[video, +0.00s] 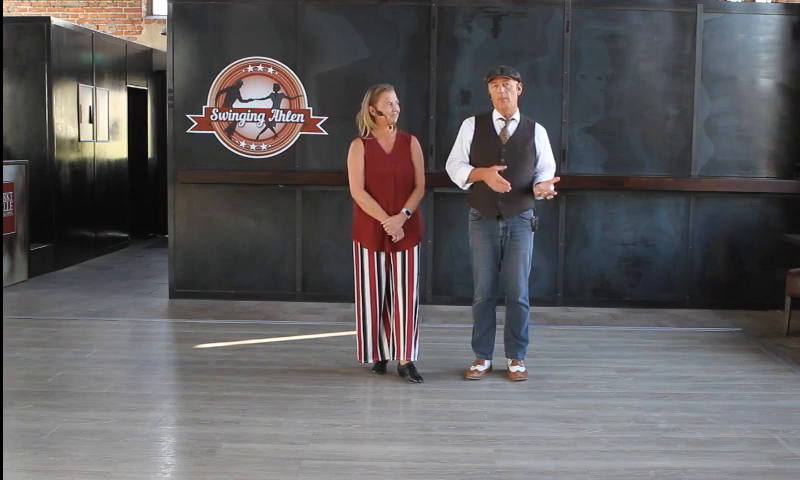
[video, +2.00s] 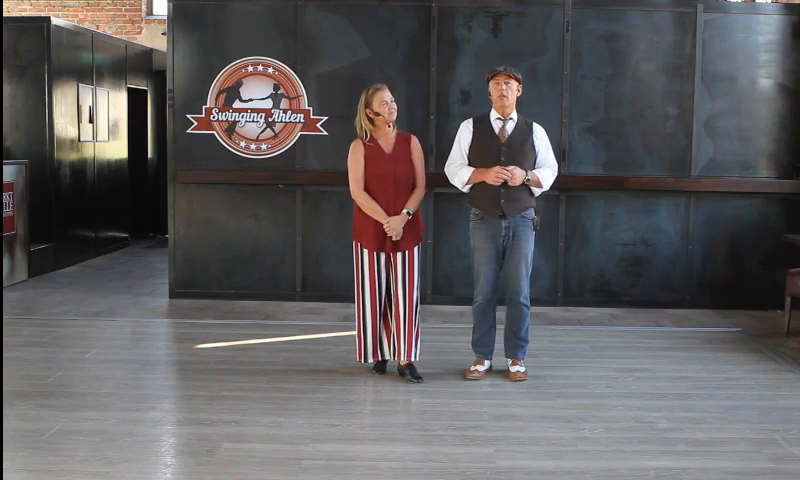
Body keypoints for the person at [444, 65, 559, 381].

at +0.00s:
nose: (501, 92)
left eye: (507, 86)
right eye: (496, 87)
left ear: (518, 90)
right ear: (489, 92)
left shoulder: (536, 131)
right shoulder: (472, 126)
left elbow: (545, 171)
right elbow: (454, 167)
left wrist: (542, 186)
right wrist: (482, 173)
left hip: (521, 219)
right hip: (482, 219)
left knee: (517, 293)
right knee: (484, 292)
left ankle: (516, 359)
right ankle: (482, 358)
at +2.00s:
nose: (503, 91)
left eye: (508, 86)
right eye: (497, 86)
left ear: (518, 91)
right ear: (489, 91)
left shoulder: (534, 131)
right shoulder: (470, 127)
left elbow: (549, 171)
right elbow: (452, 169)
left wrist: (525, 176)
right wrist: (482, 174)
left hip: (521, 221)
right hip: (483, 221)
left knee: (518, 293)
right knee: (484, 292)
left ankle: (516, 359)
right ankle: (482, 358)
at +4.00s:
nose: (500, 90)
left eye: (505, 85)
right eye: (495, 86)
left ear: (516, 90)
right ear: (487, 92)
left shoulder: (534, 130)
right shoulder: (470, 128)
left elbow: (551, 170)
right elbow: (454, 170)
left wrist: (531, 174)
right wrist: (472, 173)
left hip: (521, 220)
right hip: (482, 220)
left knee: (518, 292)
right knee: (484, 292)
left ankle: (516, 359)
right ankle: (482, 358)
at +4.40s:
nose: (503, 92)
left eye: (509, 87)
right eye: (498, 87)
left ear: (517, 91)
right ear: (489, 91)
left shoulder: (534, 130)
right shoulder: (470, 128)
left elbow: (550, 169)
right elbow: (453, 166)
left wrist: (537, 178)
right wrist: (464, 180)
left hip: (521, 219)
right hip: (482, 219)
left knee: (517, 292)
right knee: (484, 292)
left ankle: (516, 359)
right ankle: (482, 358)